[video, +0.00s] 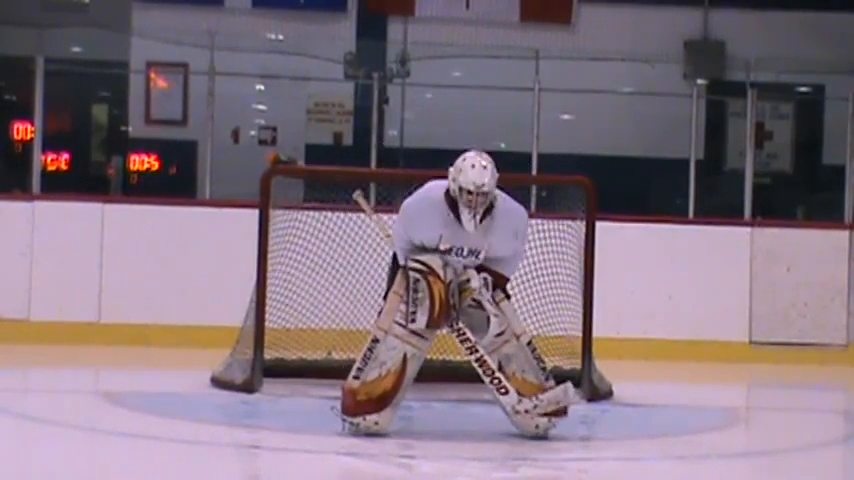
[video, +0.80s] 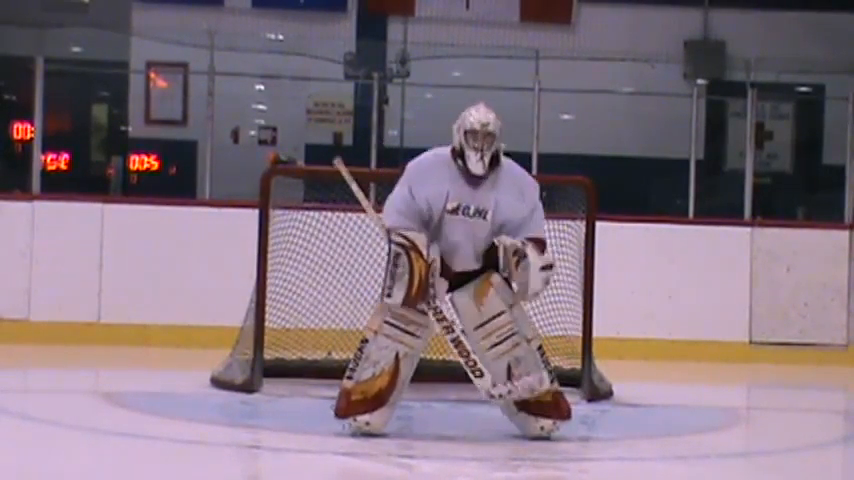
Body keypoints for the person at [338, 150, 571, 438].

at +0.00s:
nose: (474, 201)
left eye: (482, 195)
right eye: (467, 194)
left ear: (493, 192)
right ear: (453, 187)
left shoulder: (513, 217)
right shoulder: (421, 206)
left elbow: (502, 269)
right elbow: (405, 256)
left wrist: (478, 286)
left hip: (475, 281)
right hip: (424, 276)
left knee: (506, 340)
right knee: (403, 333)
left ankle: (535, 413)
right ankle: (368, 409)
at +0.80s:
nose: (480, 146)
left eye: (487, 139)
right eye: (473, 138)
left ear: (497, 141)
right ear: (459, 138)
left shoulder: (519, 185)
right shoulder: (426, 170)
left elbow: (533, 245)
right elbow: (399, 220)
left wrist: (519, 265)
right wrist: (417, 266)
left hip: (482, 277)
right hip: (424, 272)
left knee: (510, 339)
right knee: (395, 336)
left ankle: (536, 414)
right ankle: (368, 412)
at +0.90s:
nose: (477, 126)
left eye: (483, 119)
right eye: (470, 119)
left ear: (493, 123)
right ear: (456, 120)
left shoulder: (515, 167)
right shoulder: (422, 156)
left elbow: (538, 213)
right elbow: (386, 195)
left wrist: (545, 233)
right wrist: (397, 224)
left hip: (483, 268)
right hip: (426, 265)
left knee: (514, 342)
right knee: (394, 339)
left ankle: (537, 417)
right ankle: (366, 414)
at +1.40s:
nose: (472, 106)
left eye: (478, 99)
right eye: (465, 98)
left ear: (489, 102)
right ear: (452, 99)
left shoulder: (510, 145)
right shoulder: (424, 139)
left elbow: (531, 199)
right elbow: (403, 187)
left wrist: (559, 173)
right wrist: (417, 207)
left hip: (488, 257)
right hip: (430, 256)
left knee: (512, 335)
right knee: (401, 332)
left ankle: (540, 416)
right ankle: (370, 413)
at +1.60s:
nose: (477, 119)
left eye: (484, 112)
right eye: (470, 111)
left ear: (495, 113)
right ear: (457, 109)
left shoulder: (513, 152)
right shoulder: (426, 146)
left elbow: (529, 205)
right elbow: (390, 191)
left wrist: (553, 176)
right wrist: (394, 221)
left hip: (489, 268)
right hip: (431, 265)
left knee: (522, 342)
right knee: (406, 342)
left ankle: (544, 420)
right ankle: (377, 417)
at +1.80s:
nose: (479, 142)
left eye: (486, 135)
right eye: (472, 134)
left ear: (496, 136)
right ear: (457, 132)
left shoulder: (510, 169)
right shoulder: (429, 164)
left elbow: (536, 214)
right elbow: (392, 207)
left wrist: (551, 205)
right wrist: (391, 243)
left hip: (489, 276)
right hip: (433, 272)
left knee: (516, 346)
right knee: (412, 345)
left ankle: (534, 420)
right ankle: (380, 414)